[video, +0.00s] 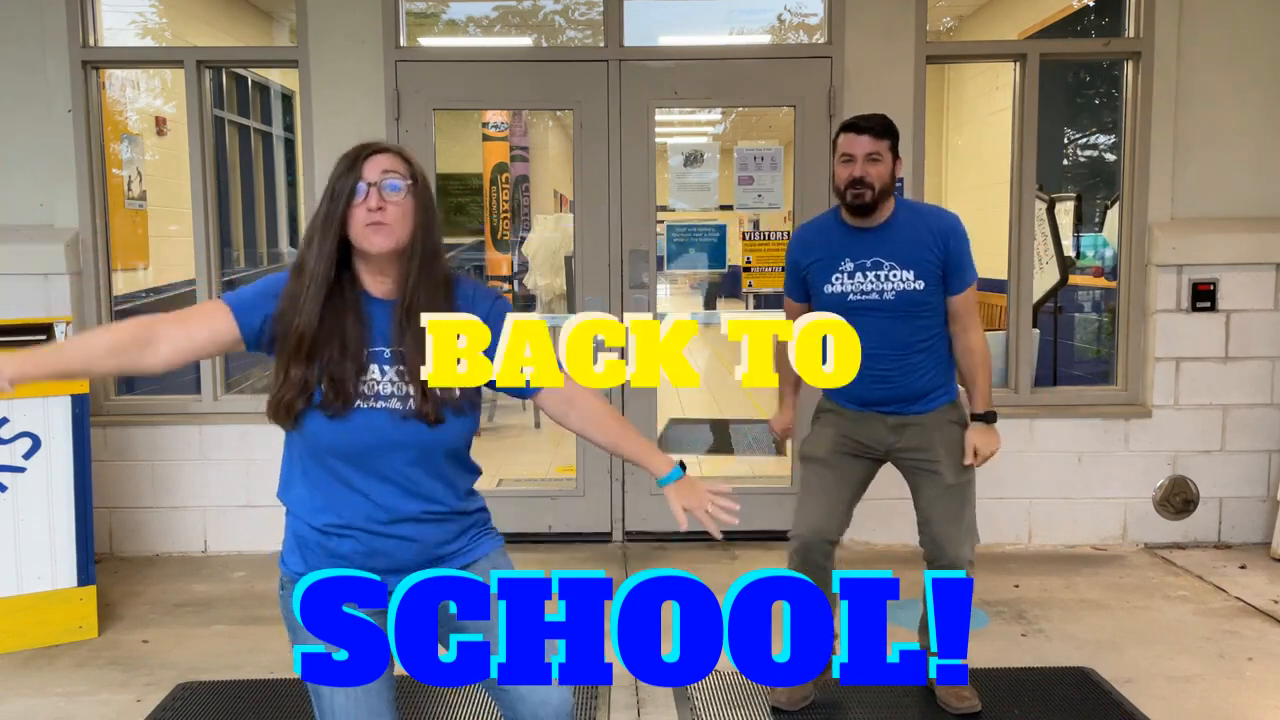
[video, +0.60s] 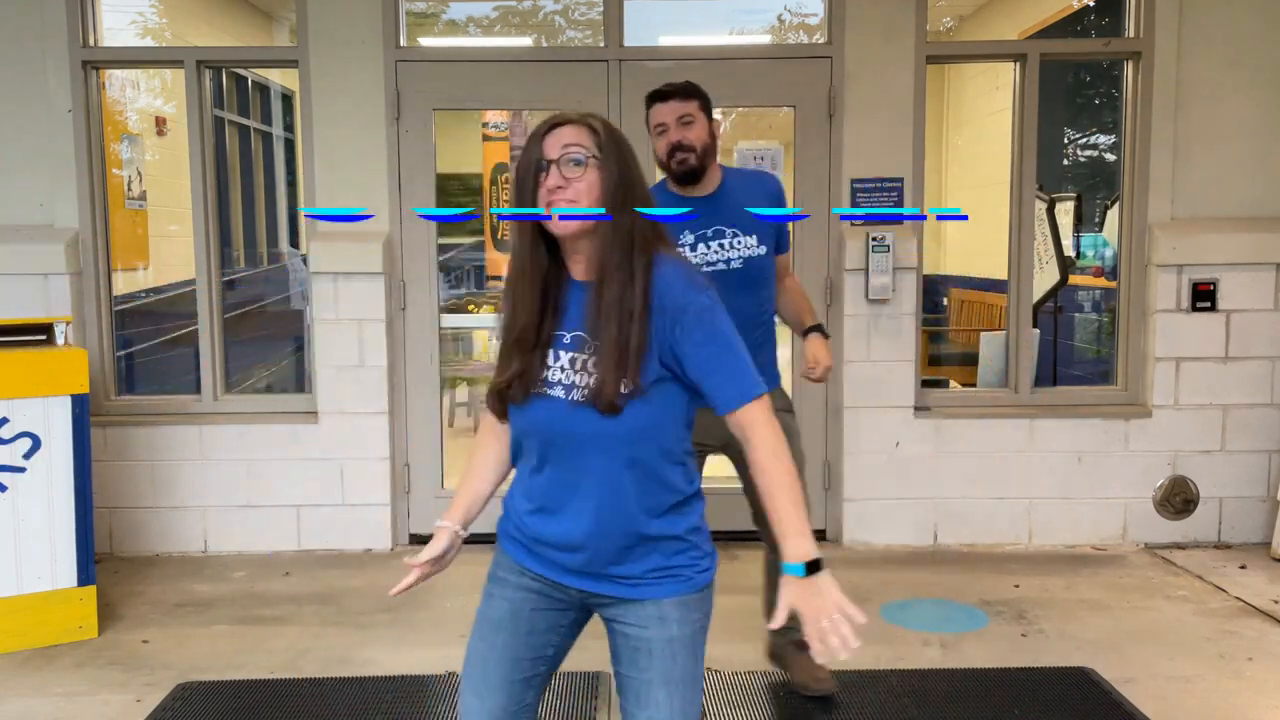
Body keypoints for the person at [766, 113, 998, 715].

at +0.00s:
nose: (858, 171)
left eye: (872, 159)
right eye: (847, 159)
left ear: (896, 167)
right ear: (832, 168)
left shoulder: (940, 232)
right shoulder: (808, 243)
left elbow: (966, 328)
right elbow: (794, 331)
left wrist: (982, 415)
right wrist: (787, 402)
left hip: (932, 420)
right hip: (842, 418)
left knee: (952, 554)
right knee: (809, 539)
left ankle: (948, 665)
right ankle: (806, 661)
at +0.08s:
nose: (846, 155)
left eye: (860, 143)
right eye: (835, 144)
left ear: (885, 152)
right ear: (821, 153)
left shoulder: (930, 213)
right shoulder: (801, 222)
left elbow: (974, 296)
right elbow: (765, 294)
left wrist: (992, 387)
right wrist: (746, 359)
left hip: (920, 410)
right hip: (829, 406)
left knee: (944, 546)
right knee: (786, 519)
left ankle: (950, 667)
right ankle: (795, 651)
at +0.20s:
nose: (819, 145)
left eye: (833, 132)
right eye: (807, 134)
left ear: (858, 138)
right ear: (794, 145)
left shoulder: (905, 194)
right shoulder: (773, 212)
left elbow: (975, 266)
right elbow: (723, 276)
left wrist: (1013, 348)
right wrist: (686, 336)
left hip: (898, 398)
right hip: (810, 394)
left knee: (933, 529)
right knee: (763, 523)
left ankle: (942, 657)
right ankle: (720, 663)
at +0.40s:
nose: (750, 152)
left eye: (761, 138)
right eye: (736, 144)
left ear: (788, 142)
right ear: (725, 156)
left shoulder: (833, 199)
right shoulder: (715, 221)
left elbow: (917, 252)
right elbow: (647, 297)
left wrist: (968, 326)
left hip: (840, 412)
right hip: (751, 412)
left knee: (899, 542)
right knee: (708, 548)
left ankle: (940, 657)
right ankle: (678, 690)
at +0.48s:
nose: (718, 140)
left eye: (728, 126)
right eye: (704, 132)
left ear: (756, 130)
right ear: (693, 143)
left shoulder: (804, 186)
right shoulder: (680, 208)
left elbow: (856, 252)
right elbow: (632, 281)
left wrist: (902, 318)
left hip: (804, 401)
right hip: (714, 406)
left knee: (856, 525)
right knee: (688, 543)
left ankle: (907, 650)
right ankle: (678, 680)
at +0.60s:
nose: (675, 137)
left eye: (686, 122)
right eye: (661, 130)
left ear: (713, 128)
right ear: (651, 145)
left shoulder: (760, 191)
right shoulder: (642, 213)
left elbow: (780, 275)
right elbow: (623, 296)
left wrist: (812, 331)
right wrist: (626, 368)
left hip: (755, 395)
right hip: (674, 399)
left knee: (789, 518)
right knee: (651, 524)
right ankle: (659, 666)